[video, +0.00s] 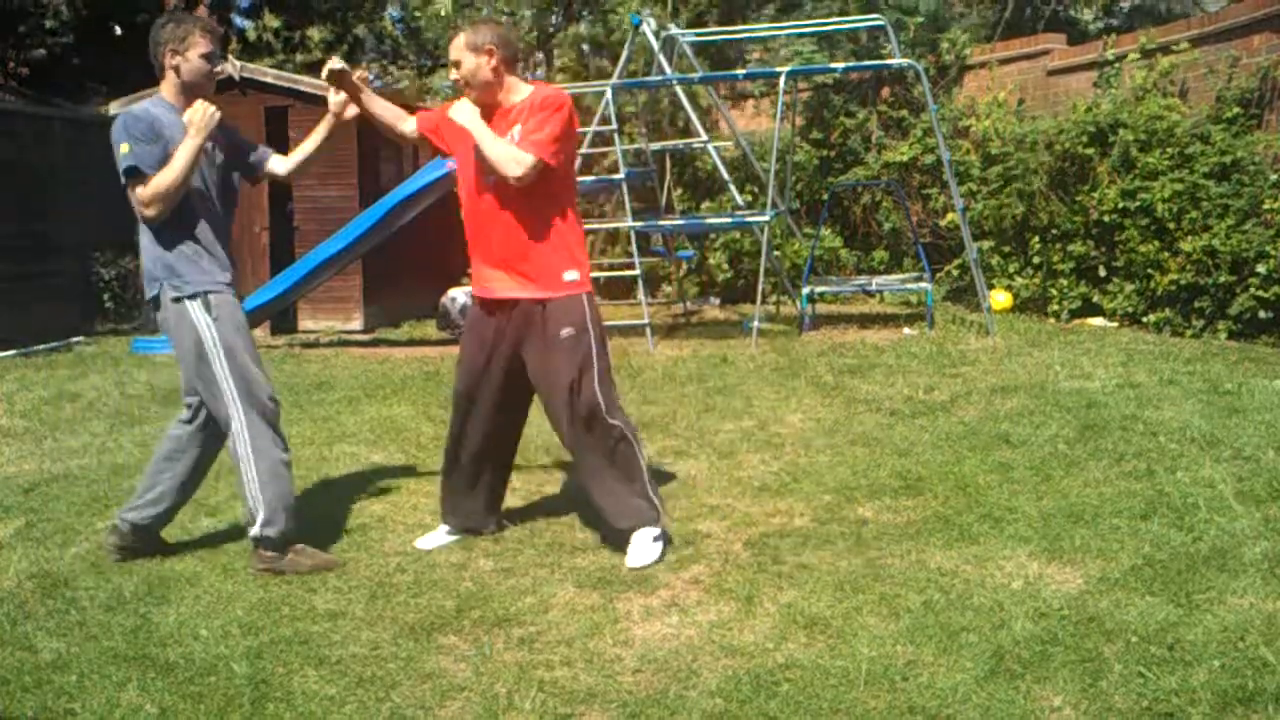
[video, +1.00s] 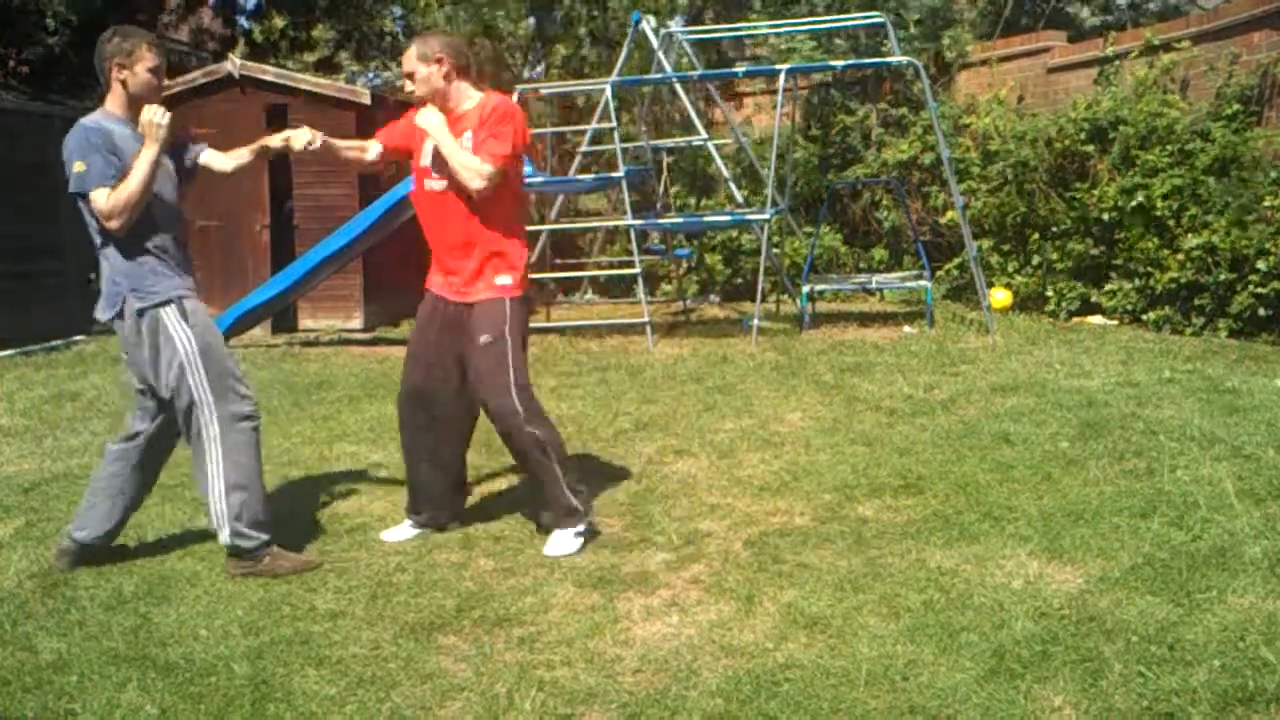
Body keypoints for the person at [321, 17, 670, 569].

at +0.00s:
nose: (455, 78)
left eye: (460, 68)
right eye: (452, 69)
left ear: (493, 61)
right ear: (479, 64)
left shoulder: (549, 103)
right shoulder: (466, 112)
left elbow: (519, 168)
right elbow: (408, 127)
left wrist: (471, 121)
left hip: (556, 290)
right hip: (492, 293)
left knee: (587, 409)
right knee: (477, 408)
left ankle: (642, 522)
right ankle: (469, 517)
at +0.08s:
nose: (452, 78)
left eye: (457, 67)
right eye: (450, 68)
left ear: (490, 59)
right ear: (477, 62)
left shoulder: (549, 101)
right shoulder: (459, 101)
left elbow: (516, 167)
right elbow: (394, 105)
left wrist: (464, 118)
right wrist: (337, 82)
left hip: (555, 287)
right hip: (490, 290)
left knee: (589, 409)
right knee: (478, 409)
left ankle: (645, 520)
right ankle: (468, 518)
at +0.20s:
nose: (470, 84)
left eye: (475, 72)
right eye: (466, 74)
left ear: (511, 65)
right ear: (489, 70)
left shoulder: (565, 113)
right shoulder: (473, 119)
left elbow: (543, 191)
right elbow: (430, 176)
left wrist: (490, 140)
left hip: (559, 298)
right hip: (488, 299)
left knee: (592, 410)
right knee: (468, 407)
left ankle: (658, 521)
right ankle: (468, 519)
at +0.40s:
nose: (490, 86)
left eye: (494, 76)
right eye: (486, 77)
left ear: (525, 64)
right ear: (514, 66)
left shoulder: (579, 109)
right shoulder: (511, 112)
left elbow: (531, 173)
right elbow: (472, 178)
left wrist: (487, 121)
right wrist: (459, 127)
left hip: (570, 288)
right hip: (511, 287)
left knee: (600, 409)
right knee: (473, 397)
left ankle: (658, 517)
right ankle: (462, 515)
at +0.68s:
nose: (475, 101)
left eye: (480, 92)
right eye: (474, 93)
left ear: (511, 86)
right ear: (503, 87)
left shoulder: (566, 131)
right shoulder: (500, 136)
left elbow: (529, 200)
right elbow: (458, 189)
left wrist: (484, 145)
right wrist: (439, 139)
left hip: (567, 304)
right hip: (510, 301)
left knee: (593, 428)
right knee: (464, 408)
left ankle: (658, 523)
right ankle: (439, 514)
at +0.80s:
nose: (440, 89)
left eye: (445, 79)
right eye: (438, 81)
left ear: (476, 72)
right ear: (466, 74)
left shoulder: (538, 114)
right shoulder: (452, 121)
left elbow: (539, 191)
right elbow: (399, 155)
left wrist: (488, 143)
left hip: (532, 290)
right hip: (473, 292)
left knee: (568, 409)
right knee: (438, 401)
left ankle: (640, 513)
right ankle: (435, 512)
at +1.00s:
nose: (407, 85)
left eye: (412, 75)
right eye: (405, 78)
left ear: (444, 68)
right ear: (435, 71)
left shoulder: (499, 111)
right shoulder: (424, 118)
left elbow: (479, 180)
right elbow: (370, 150)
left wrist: (438, 133)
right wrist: (319, 143)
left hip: (495, 283)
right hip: (444, 284)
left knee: (507, 401)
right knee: (422, 398)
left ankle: (568, 517)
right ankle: (434, 511)